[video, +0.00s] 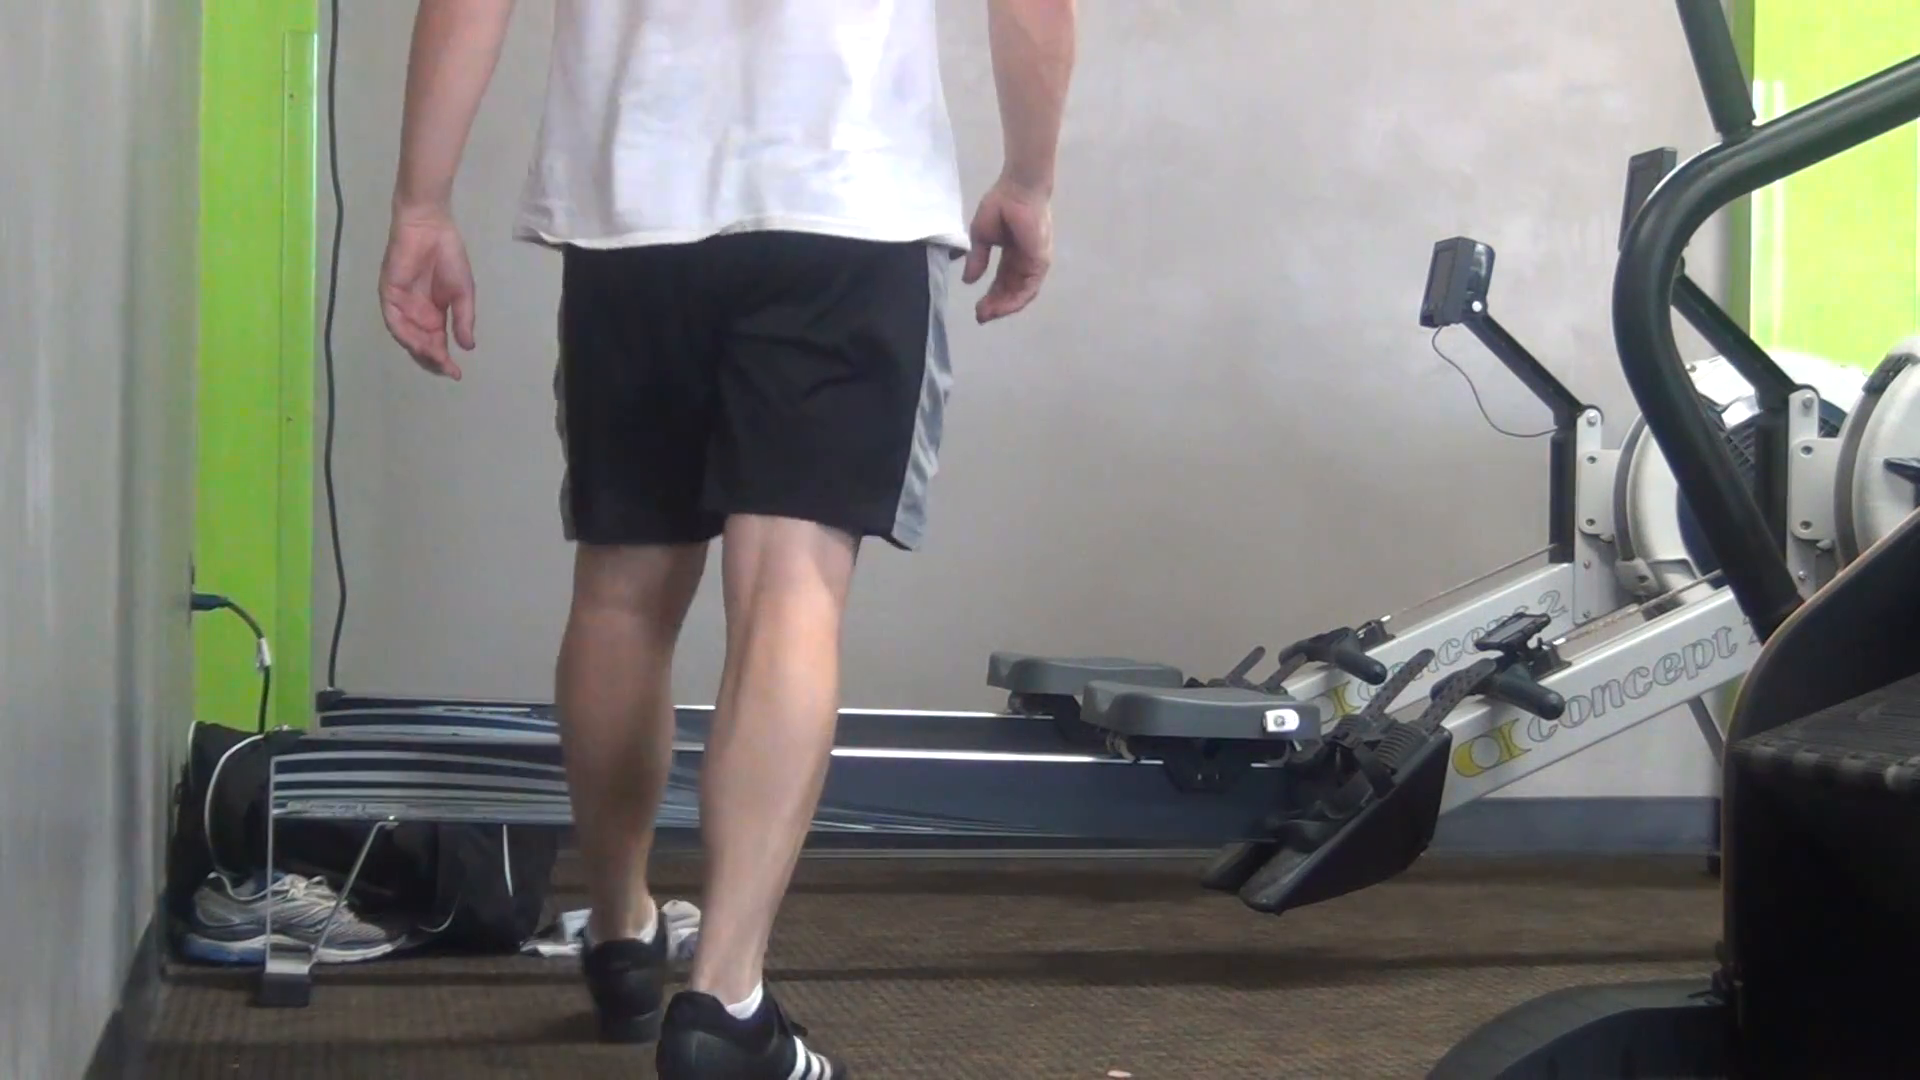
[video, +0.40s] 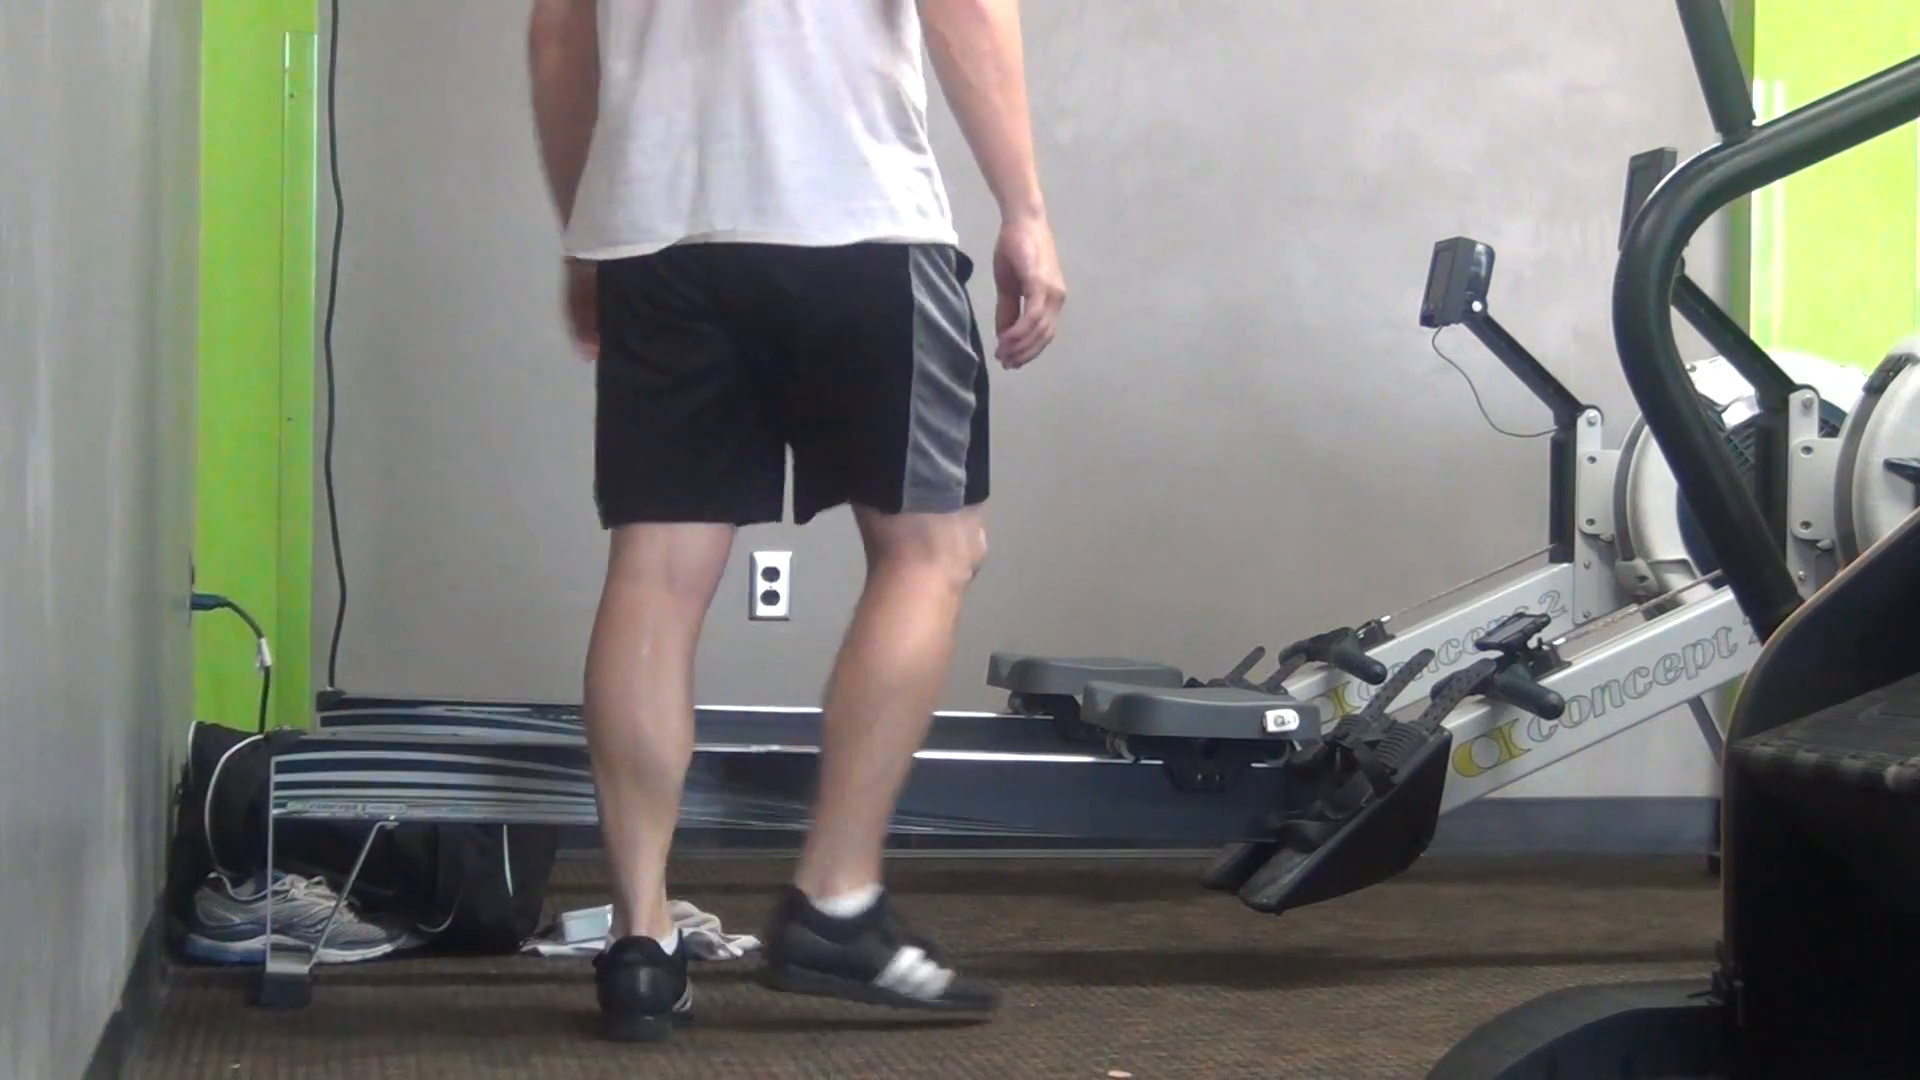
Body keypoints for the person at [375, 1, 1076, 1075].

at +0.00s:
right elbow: (1033, 5)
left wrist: (423, 200)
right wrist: (1026, 177)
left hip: (625, 172)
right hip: (847, 167)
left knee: (622, 588)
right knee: (791, 592)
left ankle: (621, 942)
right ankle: (723, 1004)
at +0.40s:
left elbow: (560, 28)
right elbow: (959, 6)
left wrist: (589, 233)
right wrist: (1023, 207)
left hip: (655, 206)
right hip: (854, 200)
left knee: (654, 570)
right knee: (928, 547)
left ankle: (641, 943)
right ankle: (836, 904)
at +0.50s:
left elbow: (605, 33)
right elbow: (954, 12)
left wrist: (674, 197)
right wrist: (1023, 229)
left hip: (686, 220)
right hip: (877, 219)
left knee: (682, 572)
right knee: (924, 582)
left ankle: (642, 945)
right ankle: (916, 924)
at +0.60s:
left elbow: (651, 40)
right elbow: (976, 21)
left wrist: (735, 197)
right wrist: (1036, 254)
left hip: (724, 226)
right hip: (911, 232)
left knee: (744, 561)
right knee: (935, 588)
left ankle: (647, 892)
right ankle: (927, 925)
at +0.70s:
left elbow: (689, 35)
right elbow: (1012, 31)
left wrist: (776, 177)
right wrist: (1059, 269)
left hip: (779, 222)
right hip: (939, 226)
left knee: (827, 532)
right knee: (954, 585)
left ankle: (694, 748)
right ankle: (926, 925)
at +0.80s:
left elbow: (718, 16)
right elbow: (1028, 33)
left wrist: (801, 155)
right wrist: (1081, 261)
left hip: (804, 216)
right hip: (943, 225)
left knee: (906, 475)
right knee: (956, 577)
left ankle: (748, 603)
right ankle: (927, 924)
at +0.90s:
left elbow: (751, 12)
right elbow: (1030, 35)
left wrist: (853, 138)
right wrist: (1093, 254)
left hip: (842, 214)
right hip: (960, 226)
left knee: (1024, 435)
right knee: (964, 582)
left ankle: (764, 546)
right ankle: (926, 927)